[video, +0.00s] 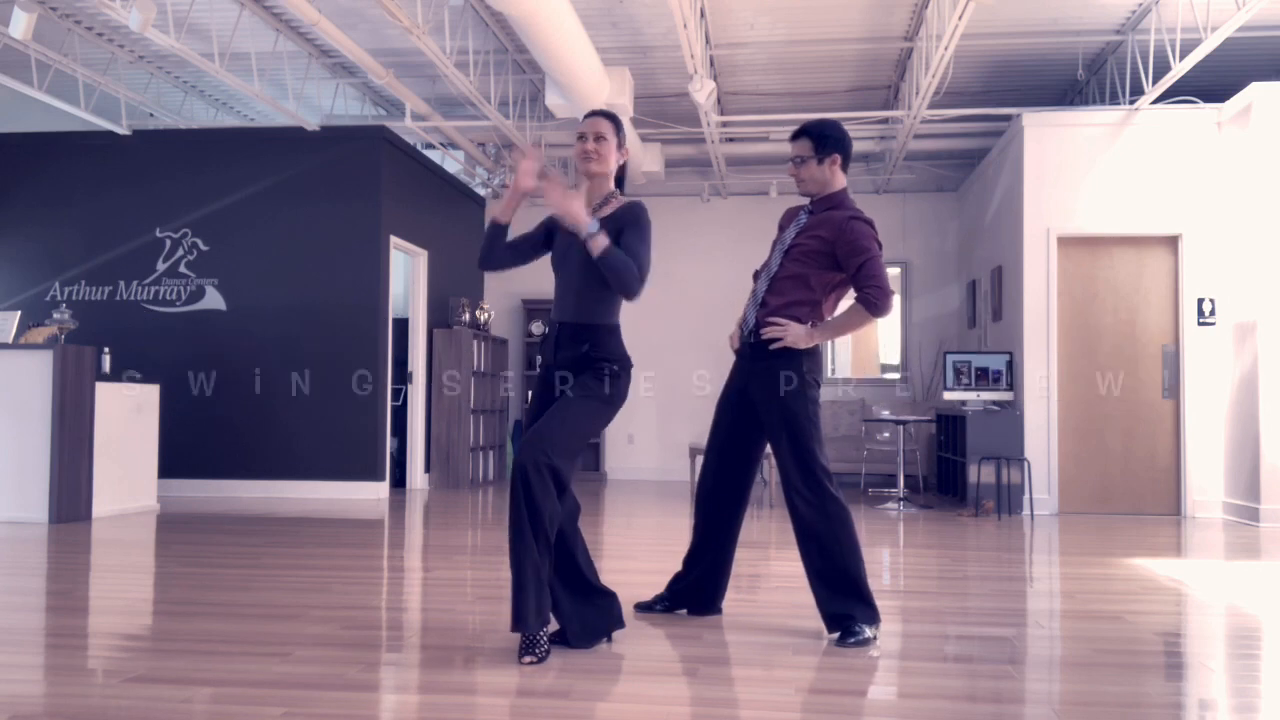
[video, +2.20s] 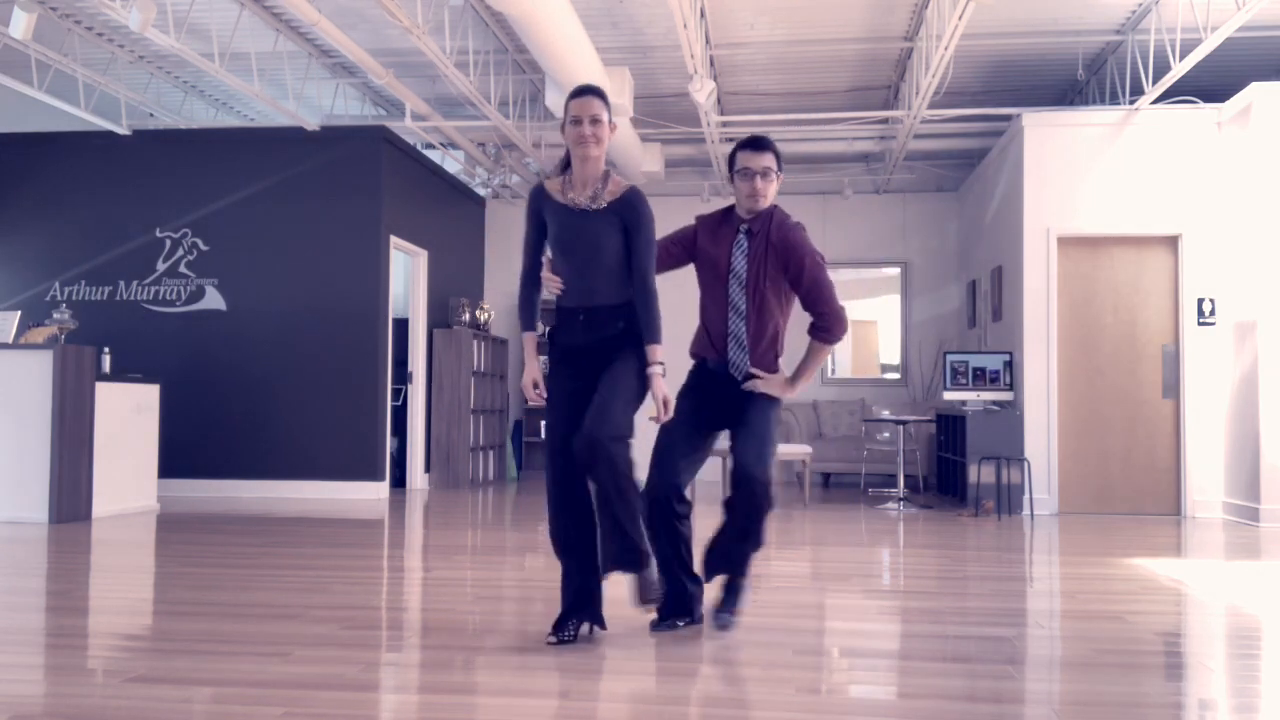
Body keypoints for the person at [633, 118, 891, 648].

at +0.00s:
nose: (792, 169)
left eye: (801, 161)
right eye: (791, 161)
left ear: (833, 163)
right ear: (812, 164)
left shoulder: (850, 224)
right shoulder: (797, 217)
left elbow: (877, 301)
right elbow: (770, 278)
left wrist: (816, 334)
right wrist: (743, 324)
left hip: (787, 365)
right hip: (750, 360)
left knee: (810, 489)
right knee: (721, 480)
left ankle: (854, 617)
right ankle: (697, 592)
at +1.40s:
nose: (793, 163)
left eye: (804, 154)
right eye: (792, 155)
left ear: (837, 159)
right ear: (807, 163)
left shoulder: (865, 218)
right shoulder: (791, 224)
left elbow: (906, 294)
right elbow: (740, 276)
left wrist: (848, 347)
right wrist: (690, 319)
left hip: (811, 370)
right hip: (764, 364)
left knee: (808, 493)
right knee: (706, 473)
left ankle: (857, 617)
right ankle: (699, 584)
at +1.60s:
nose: (797, 149)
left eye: (807, 141)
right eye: (789, 142)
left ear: (829, 152)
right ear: (780, 151)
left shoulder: (838, 208)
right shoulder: (765, 212)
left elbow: (885, 279)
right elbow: (700, 250)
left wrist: (831, 336)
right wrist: (630, 271)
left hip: (794, 363)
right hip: (745, 360)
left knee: (815, 490)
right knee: (694, 487)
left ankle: (856, 618)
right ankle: (688, 602)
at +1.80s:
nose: (785, 145)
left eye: (796, 137)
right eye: (776, 135)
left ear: (810, 148)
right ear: (762, 142)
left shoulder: (813, 206)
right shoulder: (730, 191)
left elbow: (859, 284)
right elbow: (656, 216)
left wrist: (794, 316)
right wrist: (587, 231)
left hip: (762, 356)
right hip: (709, 351)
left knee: (783, 473)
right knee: (684, 480)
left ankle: (833, 592)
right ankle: (691, 604)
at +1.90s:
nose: (778, 151)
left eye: (789, 143)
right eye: (768, 141)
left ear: (803, 152)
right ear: (754, 147)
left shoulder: (811, 218)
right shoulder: (723, 195)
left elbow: (851, 297)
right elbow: (651, 218)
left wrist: (786, 336)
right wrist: (597, 225)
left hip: (748, 355)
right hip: (695, 348)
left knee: (748, 459)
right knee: (676, 472)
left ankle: (775, 550)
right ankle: (688, 600)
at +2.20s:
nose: (756, 184)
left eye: (765, 174)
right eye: (746, 174)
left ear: (779, 180)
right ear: (731, 178)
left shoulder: (790, 240)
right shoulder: (707, 230)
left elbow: (832, 321)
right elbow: (641, 262)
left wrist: (792, 386)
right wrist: (564, 271)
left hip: (760, 386)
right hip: (707, 376)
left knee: (753, 481)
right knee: (663, 484)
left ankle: (730, 573)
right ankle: (682, 600)